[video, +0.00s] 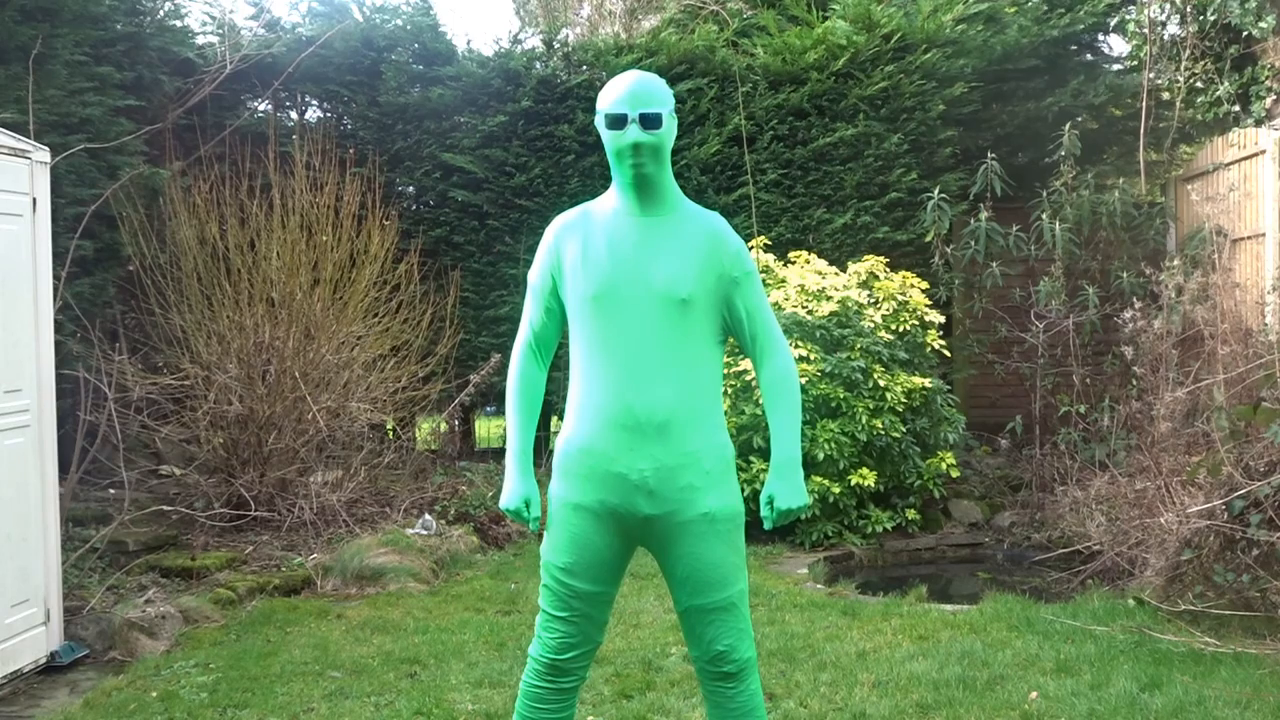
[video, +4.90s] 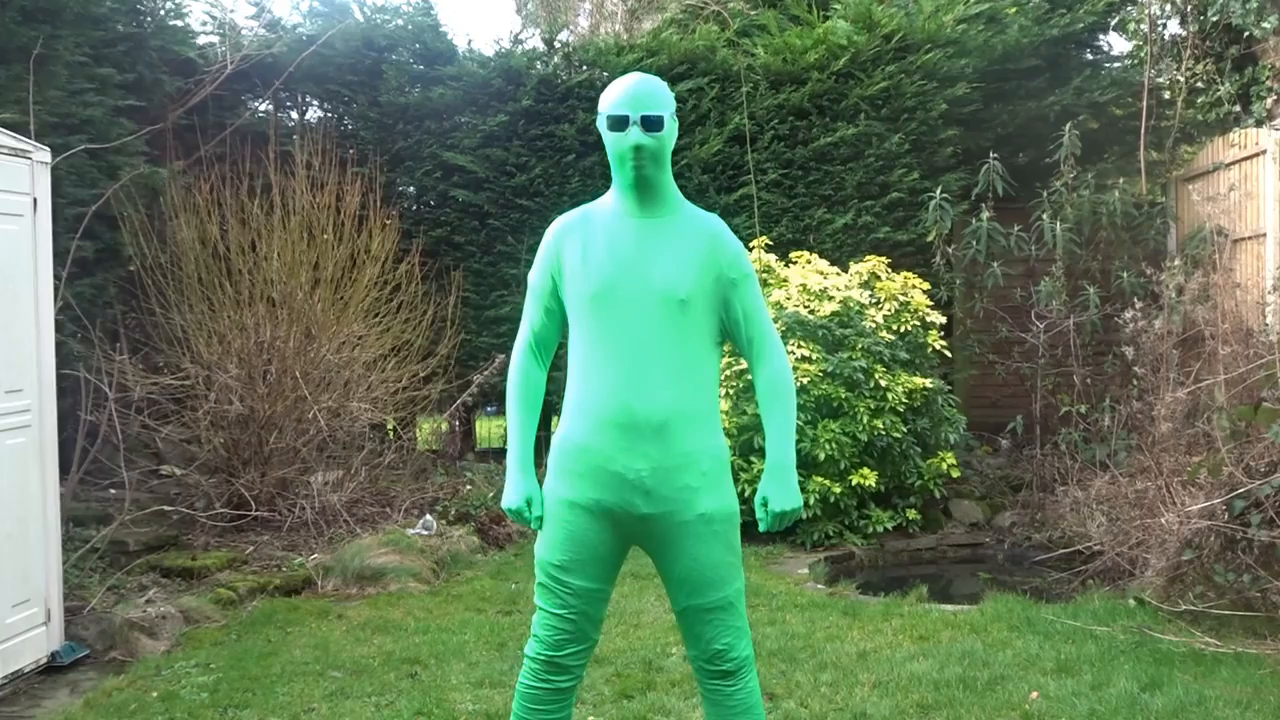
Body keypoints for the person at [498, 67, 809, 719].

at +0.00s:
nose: (634, 135)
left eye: (650, 120)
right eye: (619, 122)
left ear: (673, 129)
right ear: (601, 134)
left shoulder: (714, 237)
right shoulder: (566, 235)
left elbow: (771, 350)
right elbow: (532, 351)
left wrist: (786, 463)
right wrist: (516, 465)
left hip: (698, 485)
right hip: (588, 484)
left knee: (729, 668)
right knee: (554, 667)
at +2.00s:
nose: (638, 136)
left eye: (653, 122)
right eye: (622, 123)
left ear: (674, 131)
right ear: (602, 135)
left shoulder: (713, 239)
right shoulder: (567, 236)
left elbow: (768, 352)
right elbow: (532, 353)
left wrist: (782, 464)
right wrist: (519, 468)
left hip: (698, 486)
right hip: (587, 484)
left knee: (729, 666)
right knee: (554, 664)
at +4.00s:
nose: (637, 138)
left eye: (653, 123)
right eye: (622, 124)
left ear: (674, 133)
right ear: (602, 135)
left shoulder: (713, 240)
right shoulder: (567, 237)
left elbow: (766, 355)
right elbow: (531, 354)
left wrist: (780, 467)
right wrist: (519, 469)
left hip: (694, 488)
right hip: (582, 485)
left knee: (726, 666)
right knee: (551, 663)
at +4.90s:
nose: (637, 136)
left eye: (652, 122)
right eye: (621, 124)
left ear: (673, 133)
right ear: (602, 136)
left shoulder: (712, 238)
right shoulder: (567, 236)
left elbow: (767, 354)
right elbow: (531, 353)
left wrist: (781, 465)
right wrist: (518, 466)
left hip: (694, 487)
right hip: (582, 485)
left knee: (726, 667)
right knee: (551, 664)